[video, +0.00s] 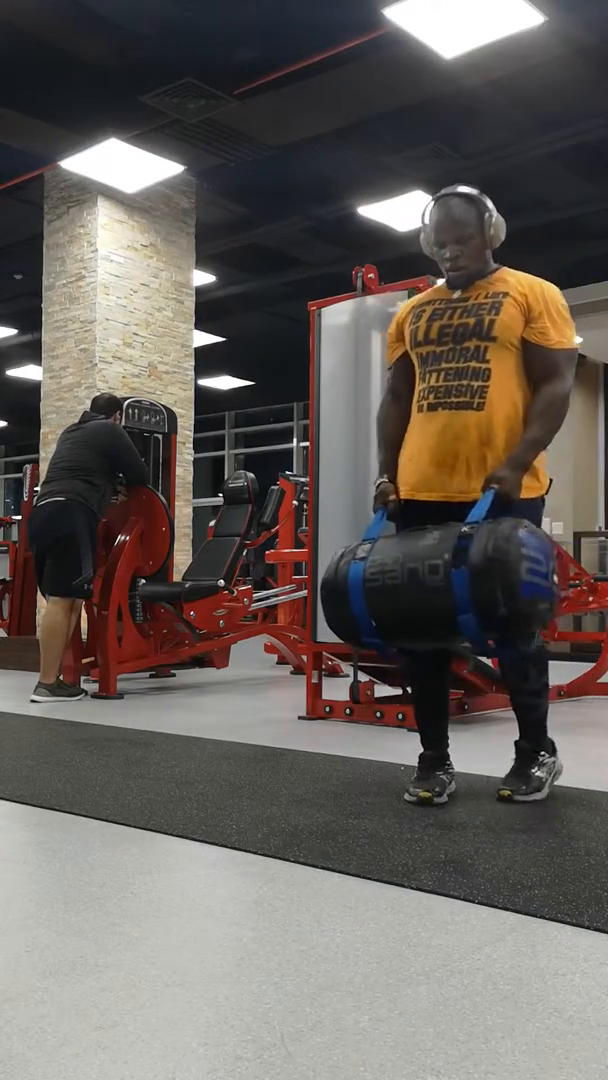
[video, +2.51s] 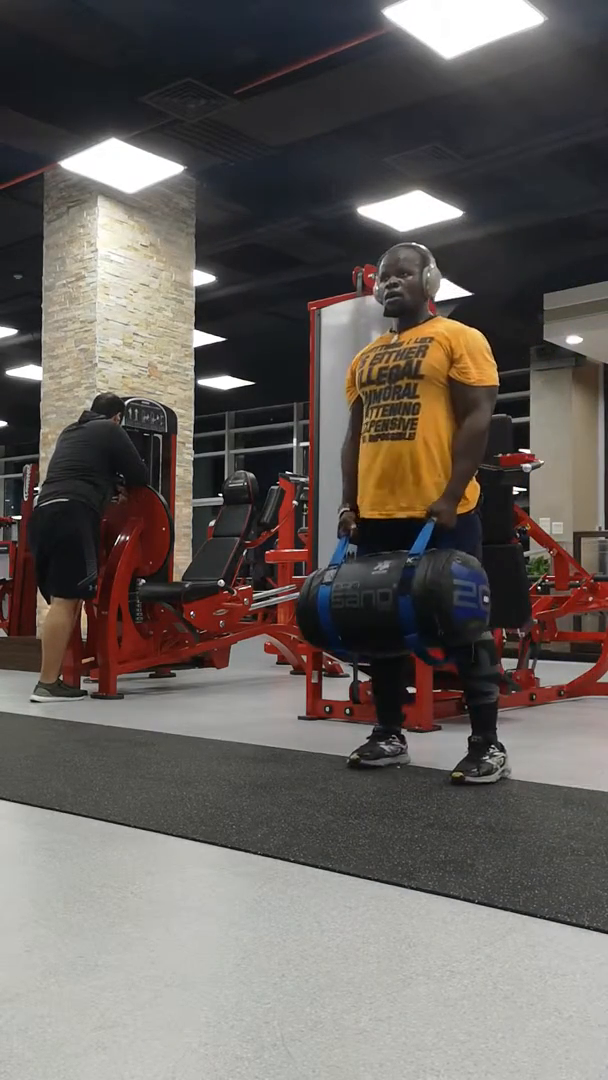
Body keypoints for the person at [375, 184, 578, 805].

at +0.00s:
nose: (450, 254)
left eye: (461, 241)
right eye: (440, 244)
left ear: (492, 232)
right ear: (428, 243)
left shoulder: (533, 295)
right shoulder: (412, 312)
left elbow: (555, 387)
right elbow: (396, 397)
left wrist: (517, 460)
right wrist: (386, 468)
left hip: (505, 493)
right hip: (422, 496)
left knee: (515, 620)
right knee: (421, 626)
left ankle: (535, 749)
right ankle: (432, 760)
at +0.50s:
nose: (460, 259)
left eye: (471, 247)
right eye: (454, 249)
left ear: (506, 244)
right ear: (449, 248)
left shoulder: (553, 307)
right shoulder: (435, 320)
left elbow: (576, 402)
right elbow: (422, 403)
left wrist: (547, 483)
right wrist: (414, 475)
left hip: (522, 503)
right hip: (447, 503)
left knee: (533, 625)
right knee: (440, 620)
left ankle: (535, 758)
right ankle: (445, 744)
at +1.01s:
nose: (396, 298)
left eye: (401, 286)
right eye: (395, 288)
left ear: (431, 276)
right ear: (425, 283)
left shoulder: (497, 320)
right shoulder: (402, 354)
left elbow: (520, 401)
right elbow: (393, 428)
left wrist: (495, 482)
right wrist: (387, 492)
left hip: (487, 506)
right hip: (416, 512)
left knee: (509, 622)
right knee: (416, 624)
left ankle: (529, 754)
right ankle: (430, 742)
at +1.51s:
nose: (441, 270)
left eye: (453, 260)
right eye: (436, 262)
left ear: (485, 264)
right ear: (432, 271)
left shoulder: (515, 326)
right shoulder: (416, 338)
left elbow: (525, 416)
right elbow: (398, 415)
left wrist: (488, 494)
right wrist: (387, 484)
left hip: (484, 505)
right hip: (417, 505)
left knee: (485, 620)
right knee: (419, 619)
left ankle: (486, 745)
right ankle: (429, 740)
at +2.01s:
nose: (416, 274)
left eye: (428, 264)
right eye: (410, 267)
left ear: (459, 271)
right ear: (403, 279)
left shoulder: (492, 334)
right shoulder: (390, 352)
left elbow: (511, 418)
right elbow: (379, 431)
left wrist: (489, 497)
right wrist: (376, 500)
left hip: (473, 513)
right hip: (404, 514)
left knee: (484, 620)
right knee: (394, 616)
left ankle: (487, 745)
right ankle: (390, 731)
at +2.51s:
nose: (387, 282)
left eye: (400, 273)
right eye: (383, 276)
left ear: (430, 282)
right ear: (378, 290)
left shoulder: (459, 338)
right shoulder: (365, 358)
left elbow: (477, 418)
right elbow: (354, 436)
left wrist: (452, 496)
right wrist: (349, 502)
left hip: (446, 513)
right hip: (377, 517)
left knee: (464, 620)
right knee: (377, 621)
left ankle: (485, 744)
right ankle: (387, 733)